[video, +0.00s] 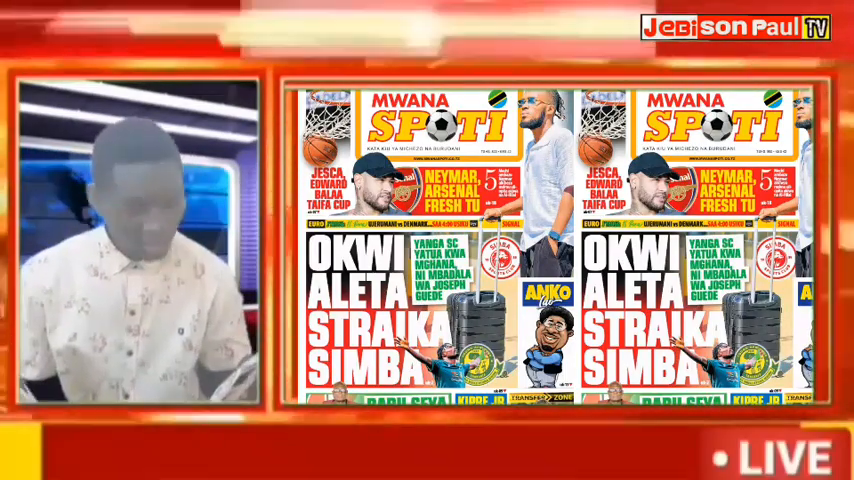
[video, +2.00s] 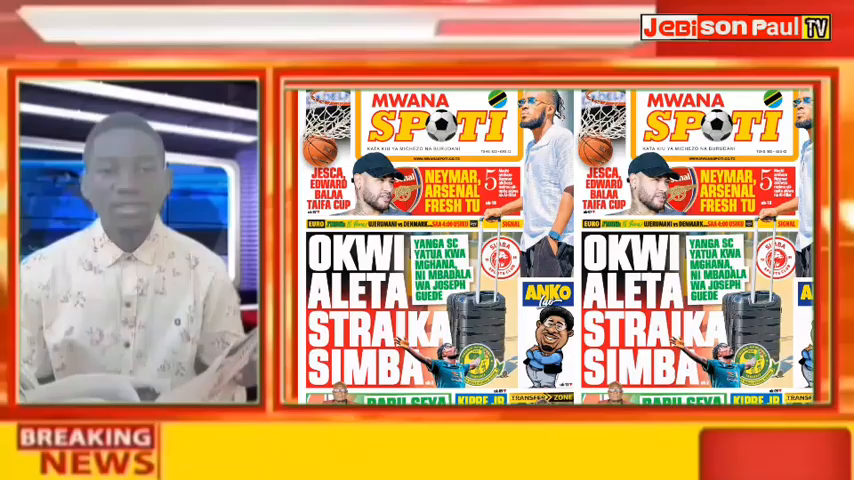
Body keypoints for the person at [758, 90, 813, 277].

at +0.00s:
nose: (799, 107)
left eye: (806, 101)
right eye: (797, 103)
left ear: (820, 107)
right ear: (794, 110)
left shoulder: (827, 147)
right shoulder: (806, 149)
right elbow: (804, 196)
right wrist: (777, 211)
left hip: (820, 240)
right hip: (803, 239)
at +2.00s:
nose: (799, 107)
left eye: (807, 101)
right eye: (797, 102)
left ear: (820, 107)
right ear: (794, 109)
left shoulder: (827, 148)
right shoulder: (806, 149)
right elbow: (805, 197)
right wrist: (777, 211)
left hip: (821, 240)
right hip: (804, 239)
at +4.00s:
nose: (799, 107)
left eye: (806, 101)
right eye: (797, 103)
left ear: (820, 107)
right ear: (793, 109)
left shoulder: (825, 148)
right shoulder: (806, 149)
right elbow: (805, 196)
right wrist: (777, 210)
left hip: (819, 239)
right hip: (803, 239)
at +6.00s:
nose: (800, 107)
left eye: (806, 101)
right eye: (797, 103)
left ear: (820, 107)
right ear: (794, 110)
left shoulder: (827, 147)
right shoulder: (806, 149)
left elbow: (832, 192)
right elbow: (805, 196)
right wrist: (777, 211)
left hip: (820, 239)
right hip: (804, 239)